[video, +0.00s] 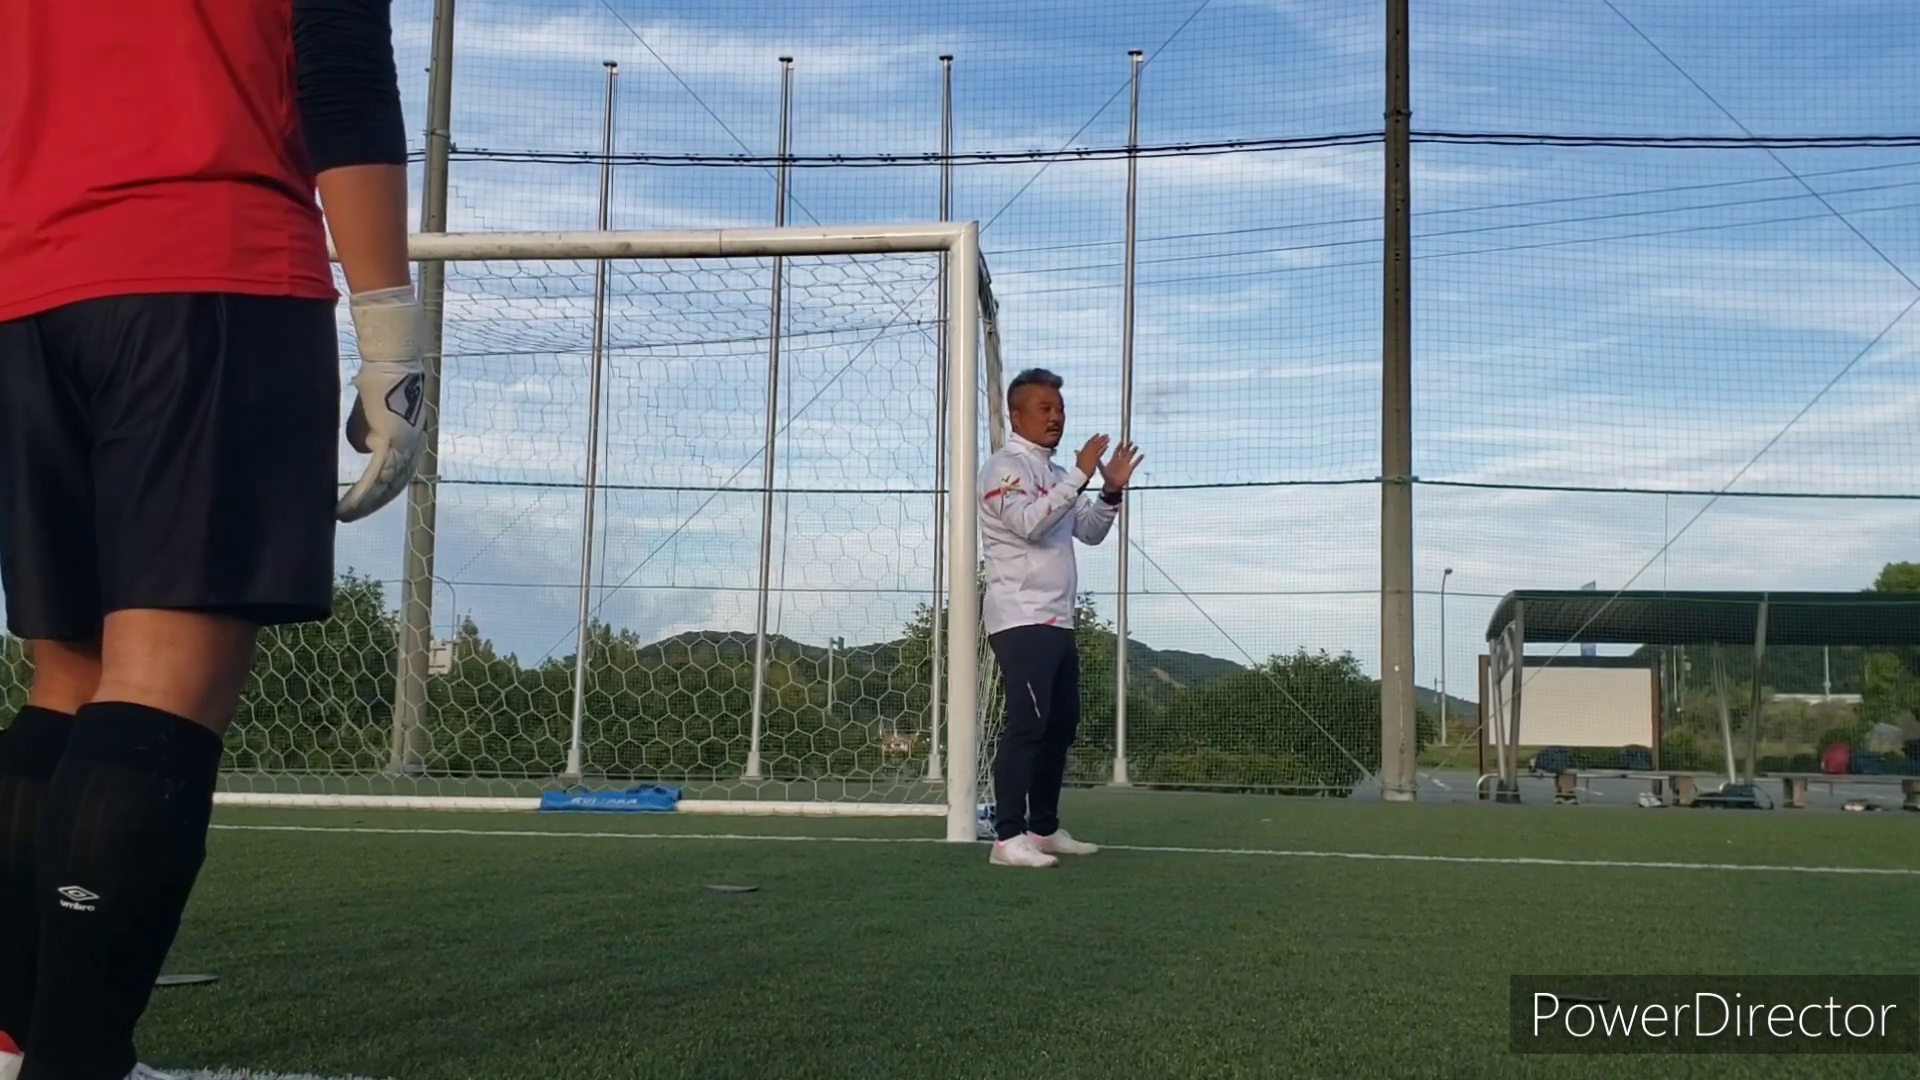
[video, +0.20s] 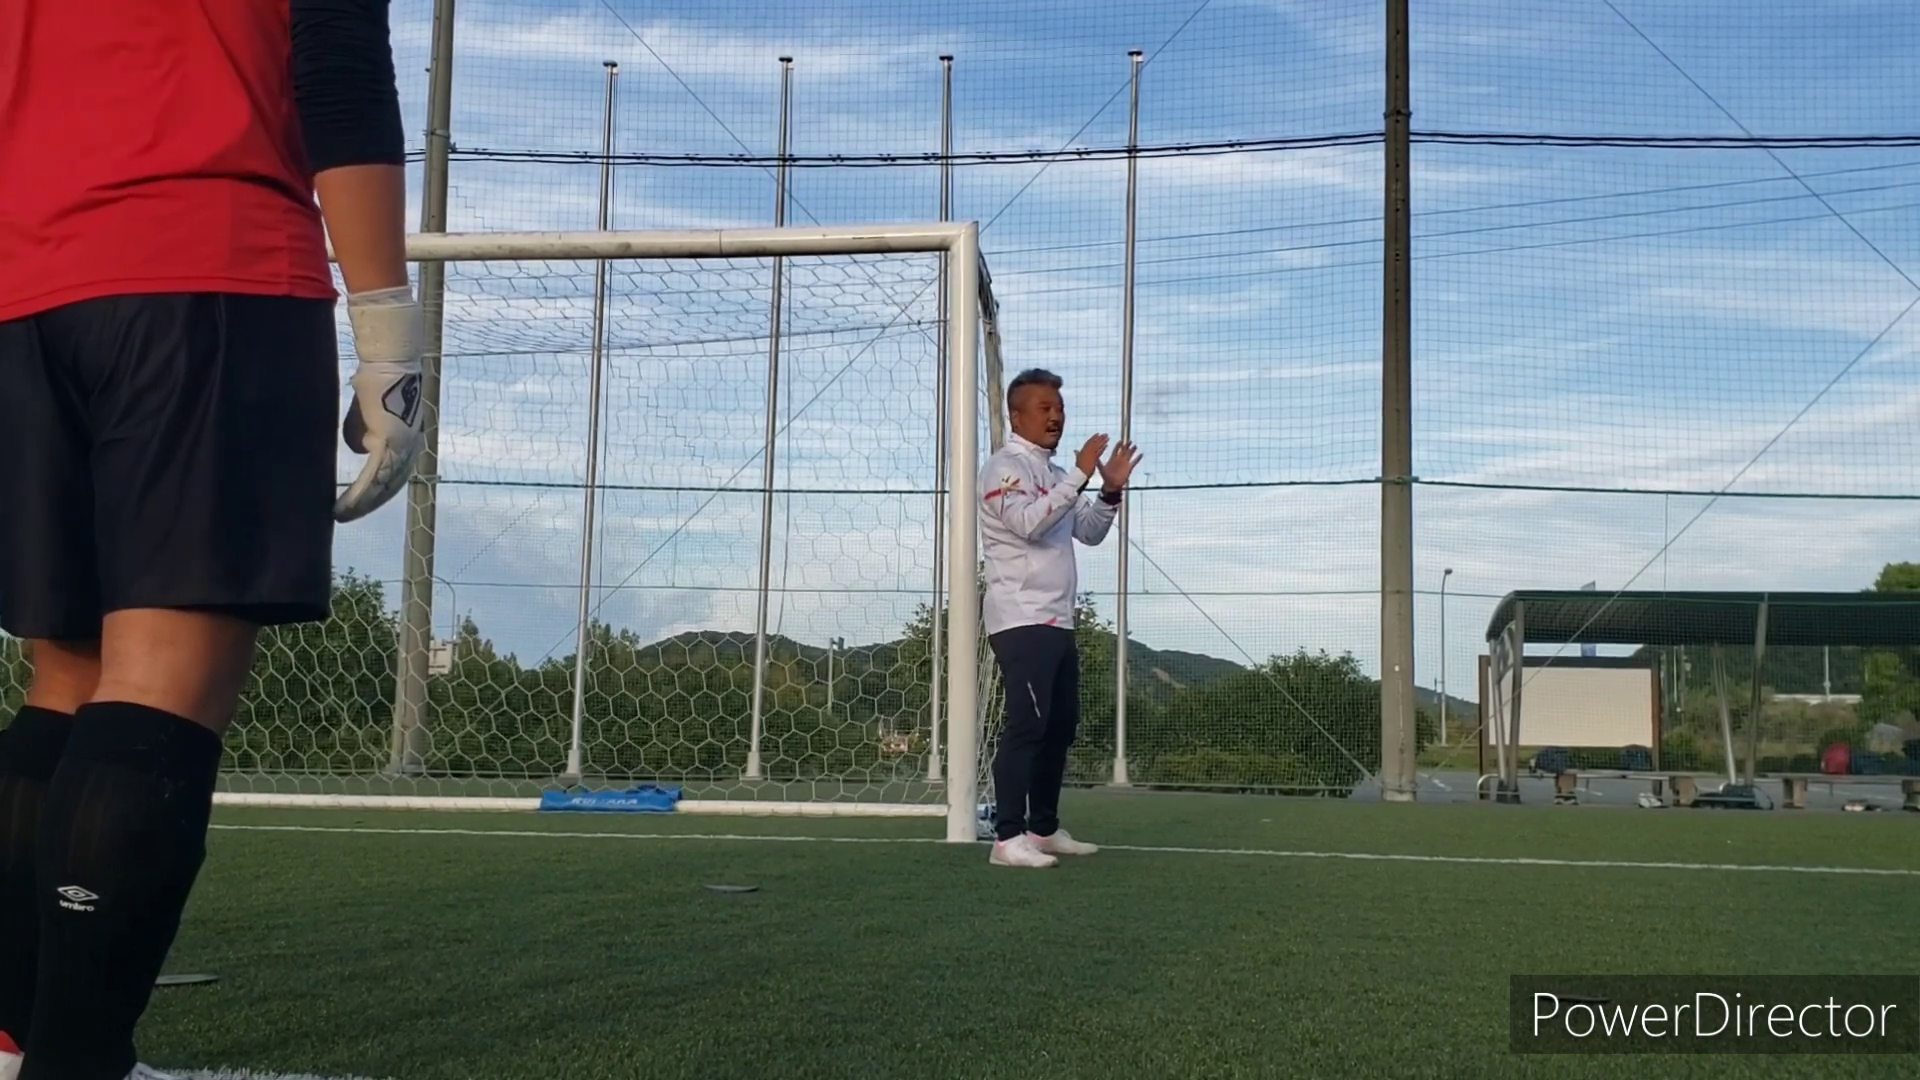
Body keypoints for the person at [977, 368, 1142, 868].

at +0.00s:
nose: (1056, 417)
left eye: (1059, 408)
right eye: (1044, 408)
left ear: (1062, 415)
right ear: (1015, 415)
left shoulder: (1056, 473)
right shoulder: (1004, 466)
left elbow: (1089, 532)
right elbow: (1028, 521)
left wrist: (1111, 493)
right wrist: (1080, 474)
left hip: (1057, 618)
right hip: (1019, 616)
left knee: (1061, 721)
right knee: (1027, 721)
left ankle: (1042, 829)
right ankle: (1009, 838)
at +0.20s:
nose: (1056, 417)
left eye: (1059, 408)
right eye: (1045, 408)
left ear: (1061, 415)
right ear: (1016, 415)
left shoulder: (1055, 473)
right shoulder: (1003, 466)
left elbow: (1089, 533)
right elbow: (1028, 521)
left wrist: (1111, 492)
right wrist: (1080, 474)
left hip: (1057, 618)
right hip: (1019, 616)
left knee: (1060, 723)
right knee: (1027, 722)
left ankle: (1042, 829)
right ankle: (1008, 839)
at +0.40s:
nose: (1062, 414)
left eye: (1062, 406)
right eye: (1051, 406)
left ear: (1059, 414)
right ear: (1018, 415)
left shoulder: (1055, 473)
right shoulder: (1004, 466)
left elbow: (1088, 531)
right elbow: (1031, 521)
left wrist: (1113, 492)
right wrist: (1084, 474)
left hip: (1057, 619)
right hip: (1020, 617)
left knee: (1060, 723)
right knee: (1028, 722)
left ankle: (1041, 830)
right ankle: (1008, 838)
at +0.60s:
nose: (1067, 414)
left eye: (1065, 405)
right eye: (1057, 405)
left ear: (1038, 414)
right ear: (1027, 413)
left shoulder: (1058, 477)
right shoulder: (1007, 465)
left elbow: (1090, 529)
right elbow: (1039, 522)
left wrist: (1130, 499)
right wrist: (1101, 486)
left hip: (1056, 619)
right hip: (1021, 618)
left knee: (1058, 724)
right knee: (1028, 723)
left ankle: (1042, 830)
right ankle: (1008, 838)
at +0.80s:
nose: (1079, 419)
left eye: (1078, 410)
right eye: (1070, 410)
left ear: (1052, 417)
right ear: (1038, 415)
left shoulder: (1060, 479)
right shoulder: (1013, 464)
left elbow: (1086, 537)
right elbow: (1028, 526)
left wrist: (1118, 502)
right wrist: (1094, 496)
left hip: (1056, 620)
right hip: (1022, 618)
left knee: (1059, 725)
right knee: (1029, 723)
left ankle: (1041, 830)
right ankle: (1008, 838)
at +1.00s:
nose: (1082, 428)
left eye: (1083, 419)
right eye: (1076, 418)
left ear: (1057, 420)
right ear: (1045, 416)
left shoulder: (1063, 475)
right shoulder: (1014, 464)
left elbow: (1109, 508)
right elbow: (1023, 525)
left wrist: (1162, 488)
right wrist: (1089, 502)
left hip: (1056, 619)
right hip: (1022, 617)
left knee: (1058, 726)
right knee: (1030, 722)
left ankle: (1041, 830)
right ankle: (1008, 839)